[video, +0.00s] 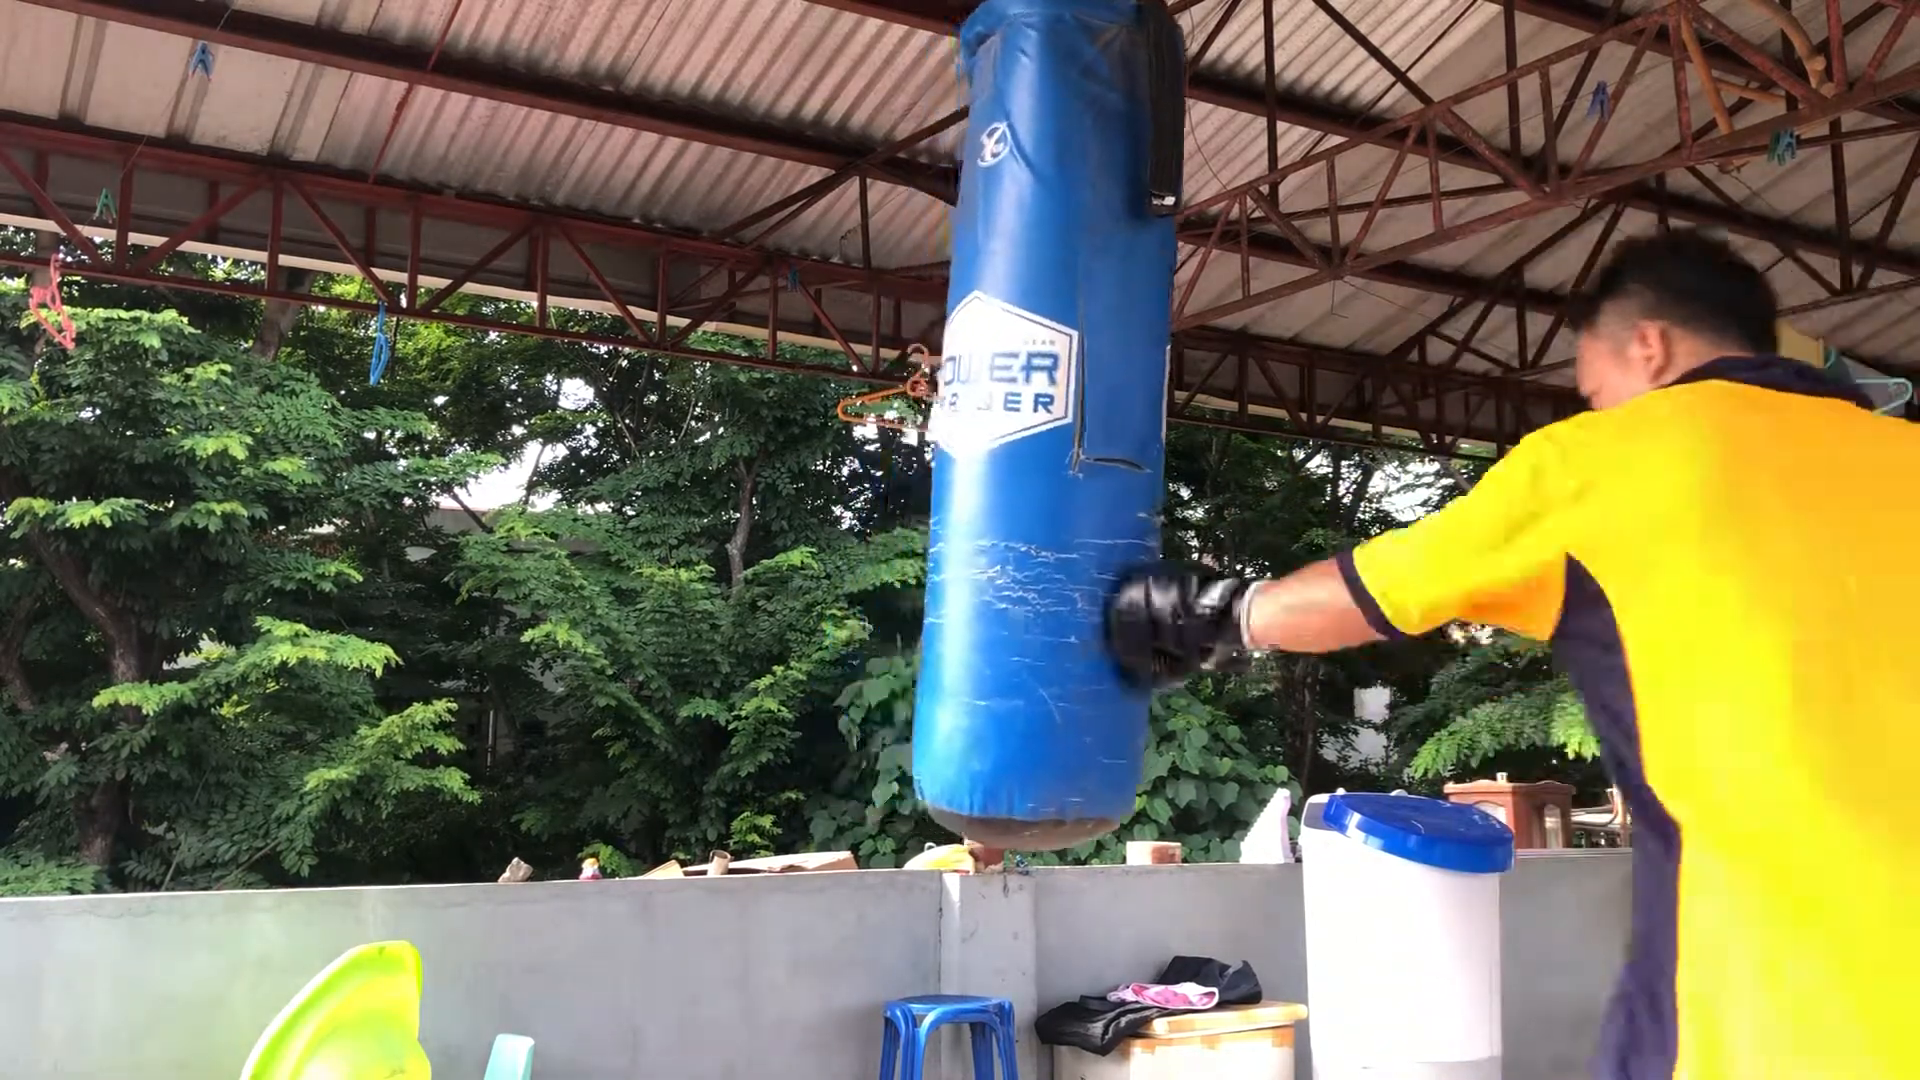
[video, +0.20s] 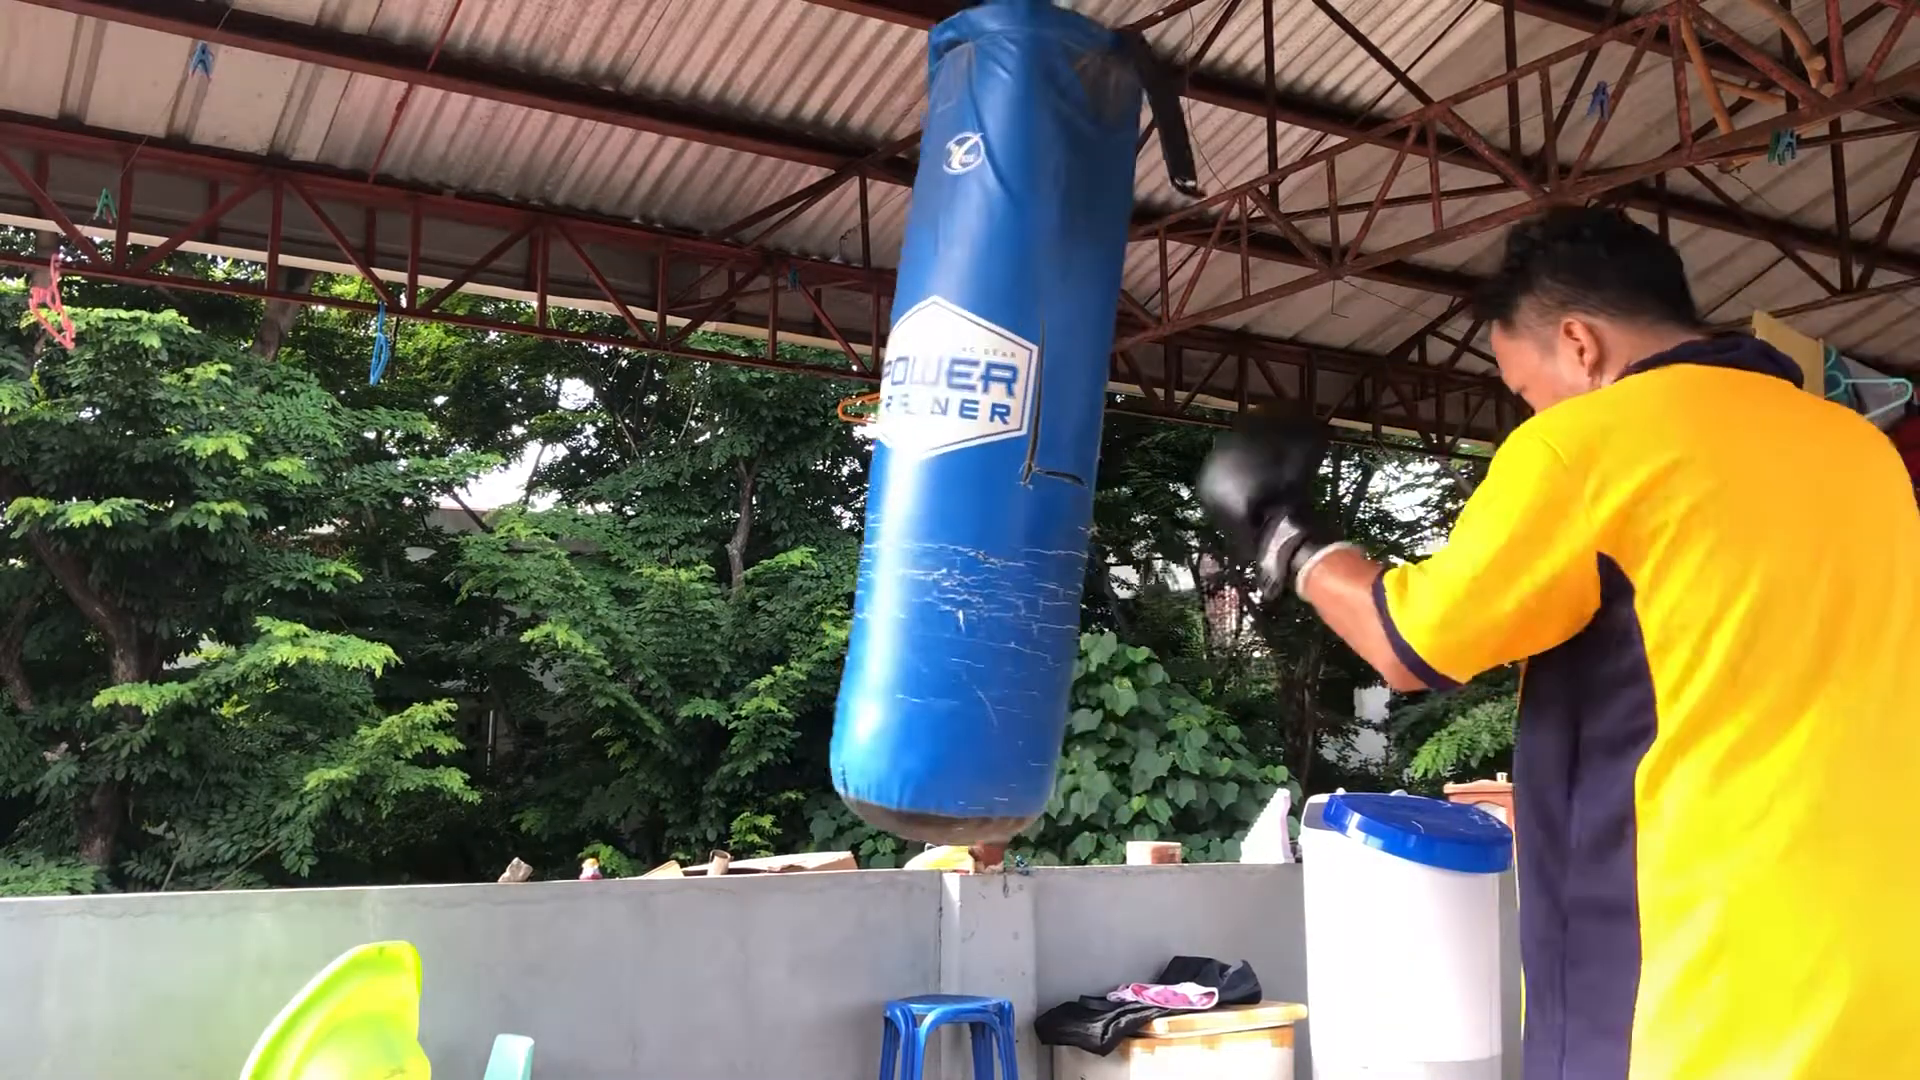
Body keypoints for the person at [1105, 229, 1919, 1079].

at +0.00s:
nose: (1589, 412)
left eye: (1587, 388)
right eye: (1580, 393)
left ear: (1650, 347)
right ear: (1766, 346)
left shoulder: (1600, 462)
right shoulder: (1901, 451)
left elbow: (1361, 601)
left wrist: (1215, 615)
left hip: (1766, 1021)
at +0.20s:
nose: (1537, 417)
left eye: (1528, 395)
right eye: (1522, 401)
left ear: (1581, 344)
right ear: (1688, 323)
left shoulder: (1589, 442)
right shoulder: (1861, 445)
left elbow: (1408, 644)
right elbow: (1801, 735)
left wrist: (1285, 541)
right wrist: (1561, 796)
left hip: (1701, 1017)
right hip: (1892, 1011)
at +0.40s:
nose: (1527, 421)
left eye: (1524, 390)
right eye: (1515, 396)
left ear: (1600, 357)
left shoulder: (1678, 451)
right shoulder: (1795, 446)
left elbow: (1475, 661)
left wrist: (1403, 475)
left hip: (1702, 1031)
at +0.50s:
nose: (1495, 441)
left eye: (1498, 411)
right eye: (1484, 417)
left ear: (1580, 378)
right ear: (1585, 375)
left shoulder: (1670, 478)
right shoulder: (1726, 448)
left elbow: (1525, 726)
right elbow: (1519, 608)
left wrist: (1388, 559)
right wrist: (1473, 442)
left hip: (1702, 1035)